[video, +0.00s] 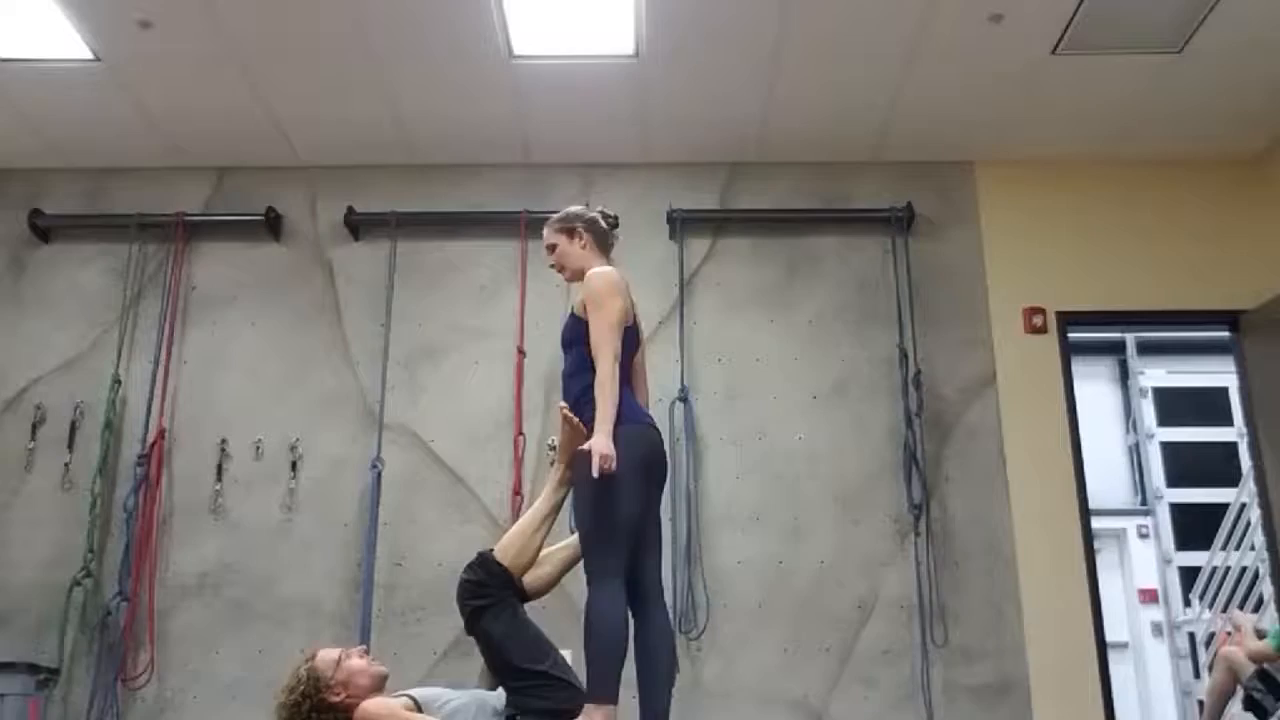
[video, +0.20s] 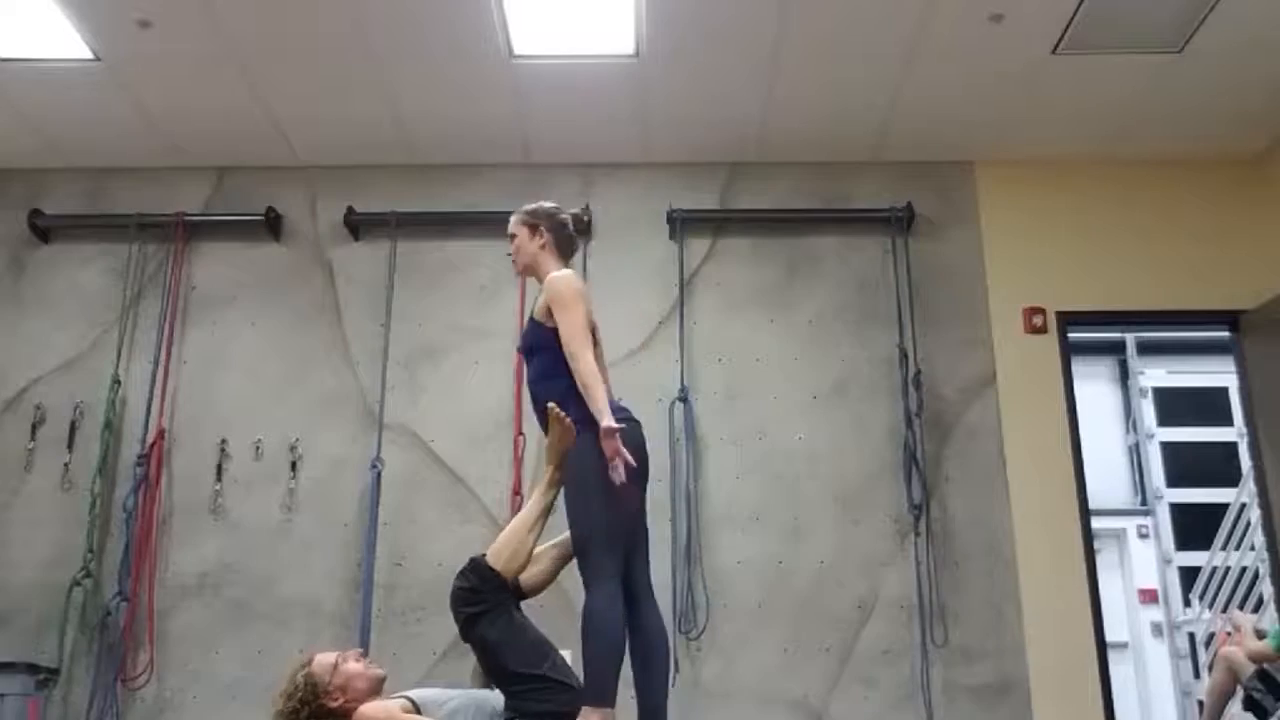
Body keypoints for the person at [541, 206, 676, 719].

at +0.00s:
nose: (550, 260)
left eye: (553, 249)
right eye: (547, 251)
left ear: (579, 239)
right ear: (586, 241)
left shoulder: (598, 278)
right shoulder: (619, 287)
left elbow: (607, 363)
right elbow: (638, 379)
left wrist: (603, 432)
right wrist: (642, 437)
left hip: (610, 442)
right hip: (640, 442)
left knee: (604, 583)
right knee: (647, 590)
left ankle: (599, 706)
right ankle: (657, 713)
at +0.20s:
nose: (510, 249)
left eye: (515, 238)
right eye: (510, 240)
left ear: (542, 238)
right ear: (545, 239)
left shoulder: (561, 284)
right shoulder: (559, 290)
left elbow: (583, 358)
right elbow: (575, 368)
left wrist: (606, 425)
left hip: (591, 439)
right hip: (610, 435)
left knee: (601, 582)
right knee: (636, 587)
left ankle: (597, 709)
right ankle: (654, 713)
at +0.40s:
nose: (437, 262)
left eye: (444, 253)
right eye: (439, 254)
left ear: (471, 257)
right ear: (476, 257)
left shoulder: (491, 301)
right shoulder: (501, 305)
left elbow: (529, 365)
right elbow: (544, 371)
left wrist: (565, 421)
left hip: (561, 445)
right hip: (584, 438)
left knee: (584, 585)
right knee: (620, 584)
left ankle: (595, 709)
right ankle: (650, 712)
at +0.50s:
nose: (395, 276)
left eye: (401, 266)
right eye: (397, 267)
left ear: (427, 269)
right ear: (433, 271)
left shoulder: (451, 316)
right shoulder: (468, 318)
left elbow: (491, 378)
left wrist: (530, 426)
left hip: (536, 449)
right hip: (563, 441)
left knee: (568, 591)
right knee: (610, 588)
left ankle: (592, 710)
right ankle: (649, 711)